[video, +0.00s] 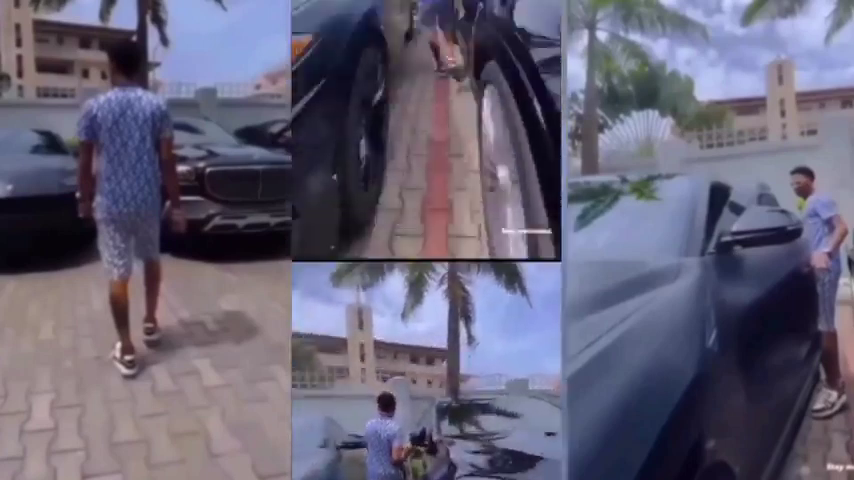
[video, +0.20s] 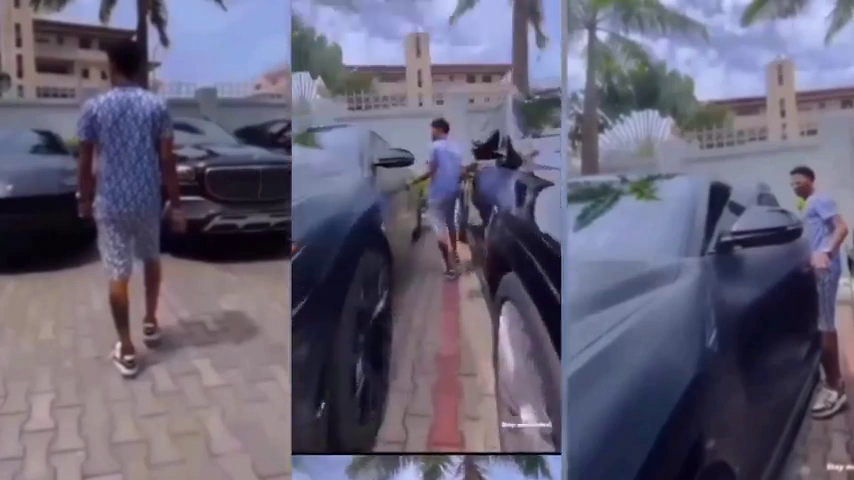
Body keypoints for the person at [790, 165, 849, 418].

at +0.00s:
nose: (796, 188)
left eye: (799, 183)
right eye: (794, 185)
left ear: (811, 181)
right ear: (796, 185)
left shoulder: (821, 201)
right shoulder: (808, 206)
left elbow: (841, 228)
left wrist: (827, 252)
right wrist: (809, 256)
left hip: (825, 269)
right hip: (814, 269)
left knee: (825, 328)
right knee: (821, 327)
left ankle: (835, 388)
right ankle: (831, 385)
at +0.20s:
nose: (796, 188)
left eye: (799, 183)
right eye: (794, 185)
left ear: (811, 181)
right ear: (796, 185)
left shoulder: (821, 201)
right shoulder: (808, 206)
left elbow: (841, 228)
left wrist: (827, 252)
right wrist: (809, 256)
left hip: (825, 269)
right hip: (814, 269)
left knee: (825, 328)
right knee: (821, 327)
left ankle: (835, 388)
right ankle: (831, 385)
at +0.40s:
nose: (796, 187)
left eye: (799, 183)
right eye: (793, 184)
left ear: (811, 181)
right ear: (797, 185)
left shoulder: (821, 201)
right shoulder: (809, 205)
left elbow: (842, 227)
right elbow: (820, 234)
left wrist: (827, 253)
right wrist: (810, 255)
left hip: (825, 268)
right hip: (815, 268)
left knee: (825, 327)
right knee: (822, 327)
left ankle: (834, 388)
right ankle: (830, 385)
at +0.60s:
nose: (796, 187)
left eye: (799, 183)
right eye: (793, 184)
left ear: (811, 181)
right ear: (797, 185)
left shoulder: (821, 201)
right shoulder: (809, 205)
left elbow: (842, 227)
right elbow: (820, 234)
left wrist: (827, 253)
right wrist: (810, 255)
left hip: (825, 268)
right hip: (815, 268)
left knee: (825, 327)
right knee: (822, 327)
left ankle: (834, 388)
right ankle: (830, 385)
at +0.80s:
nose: (796, 187)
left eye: (799, 183)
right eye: (793, 184)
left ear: (811, 181)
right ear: (797, 185)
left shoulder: (821, 201)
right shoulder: (809, 205)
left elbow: (842, 227)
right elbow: (820, 234)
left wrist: (827, 253)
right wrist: (810, 255)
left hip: (825, 268)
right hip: (815, 268)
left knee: (825, 327)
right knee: (822, 327)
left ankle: (834, 388)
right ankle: (830, 385)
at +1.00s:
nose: (796, 187)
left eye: (799, 183)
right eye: (793, 184)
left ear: (811, 181)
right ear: (797, 185)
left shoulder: (821, 201)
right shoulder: (809, 205)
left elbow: (842, 227)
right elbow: (820, 234)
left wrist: (827, 253)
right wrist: (810, 255)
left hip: (825, 268)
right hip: (815, 268)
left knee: (825, 327)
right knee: (822, 327)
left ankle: (834, 388)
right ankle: (830, 385)